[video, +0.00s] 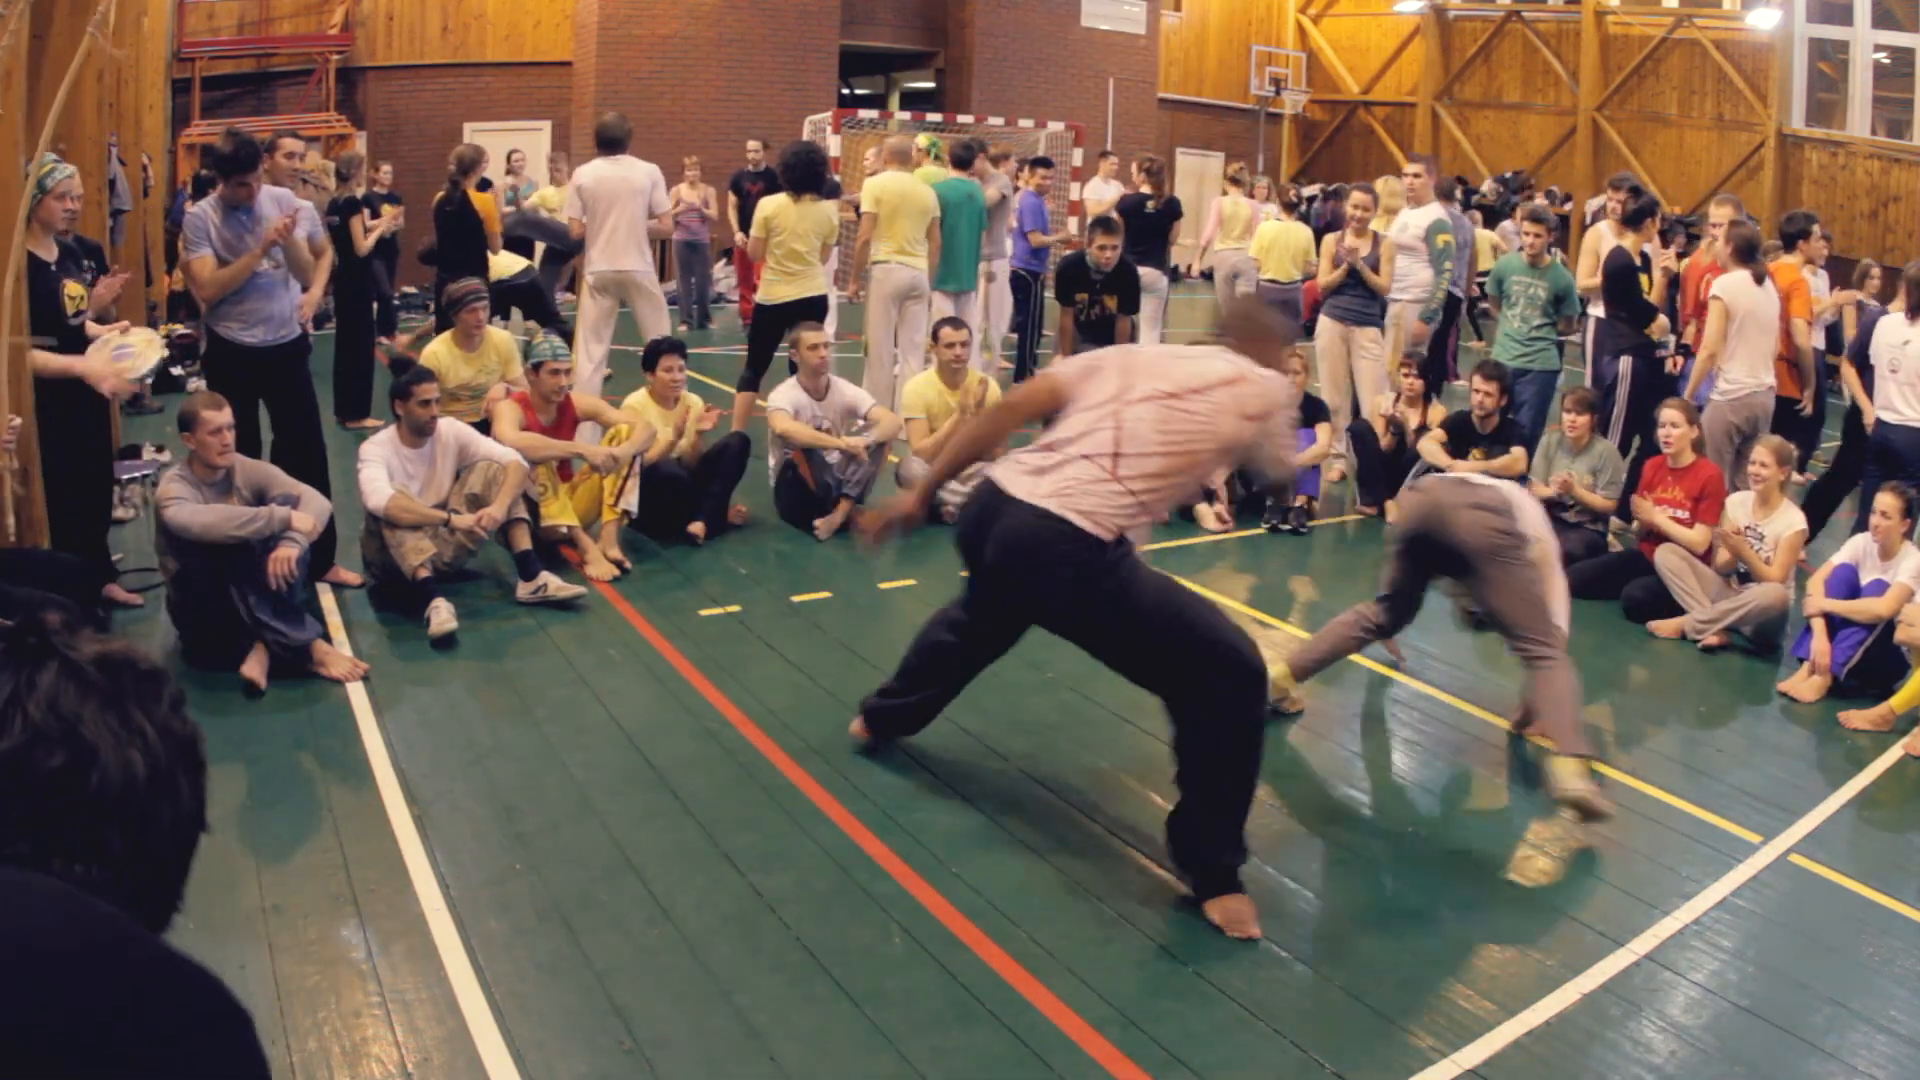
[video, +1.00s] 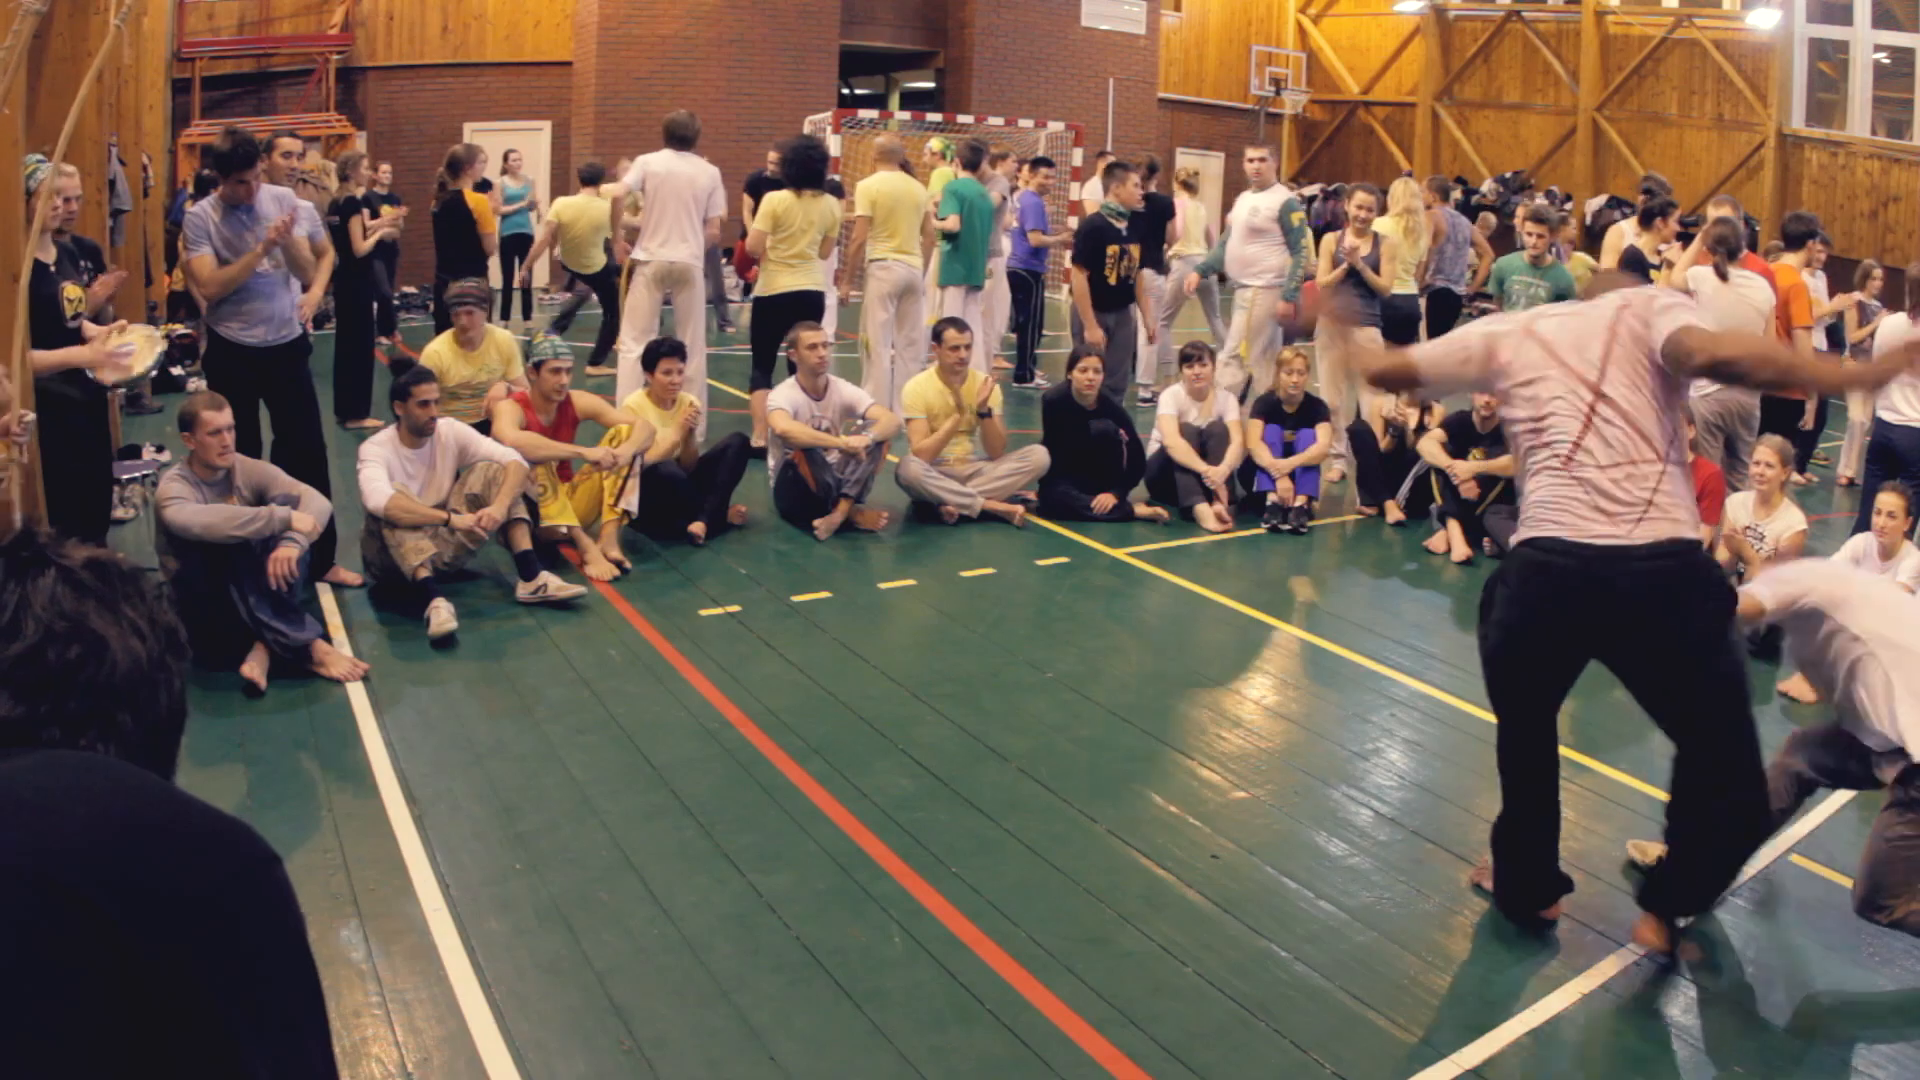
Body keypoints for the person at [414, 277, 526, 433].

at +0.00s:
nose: (480, 317)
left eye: (484, 309)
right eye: (471, 311)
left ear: (489, 309)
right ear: (455, 315)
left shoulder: (503, 340)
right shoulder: (434, 353)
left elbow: (523, 389)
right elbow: (420, 400)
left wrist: (504, 387)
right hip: (450, 427)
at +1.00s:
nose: (463, 322)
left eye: (469, 313)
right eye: (456, 315)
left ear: (485, 313)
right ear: (451, 317)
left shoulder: (504, 340)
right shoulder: (435, 352)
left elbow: (525, 390)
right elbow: (422, 401)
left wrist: (505, 387)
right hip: (449, 428)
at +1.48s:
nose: (461, 325)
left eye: (467, 319)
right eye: (459, 318)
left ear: (490, 318)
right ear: (456, 314)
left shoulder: (516, 336)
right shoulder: (445, 341)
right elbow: (433, 396)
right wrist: (451, 424)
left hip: (500, 415)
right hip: (456, 416)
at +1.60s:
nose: (454, 306)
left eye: (459, 301)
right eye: (452, 300)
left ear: (479, 301)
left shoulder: (516, 319)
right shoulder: (443, 319)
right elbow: (440, 378)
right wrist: (460, 416)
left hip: (498, 396)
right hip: (455, 396)